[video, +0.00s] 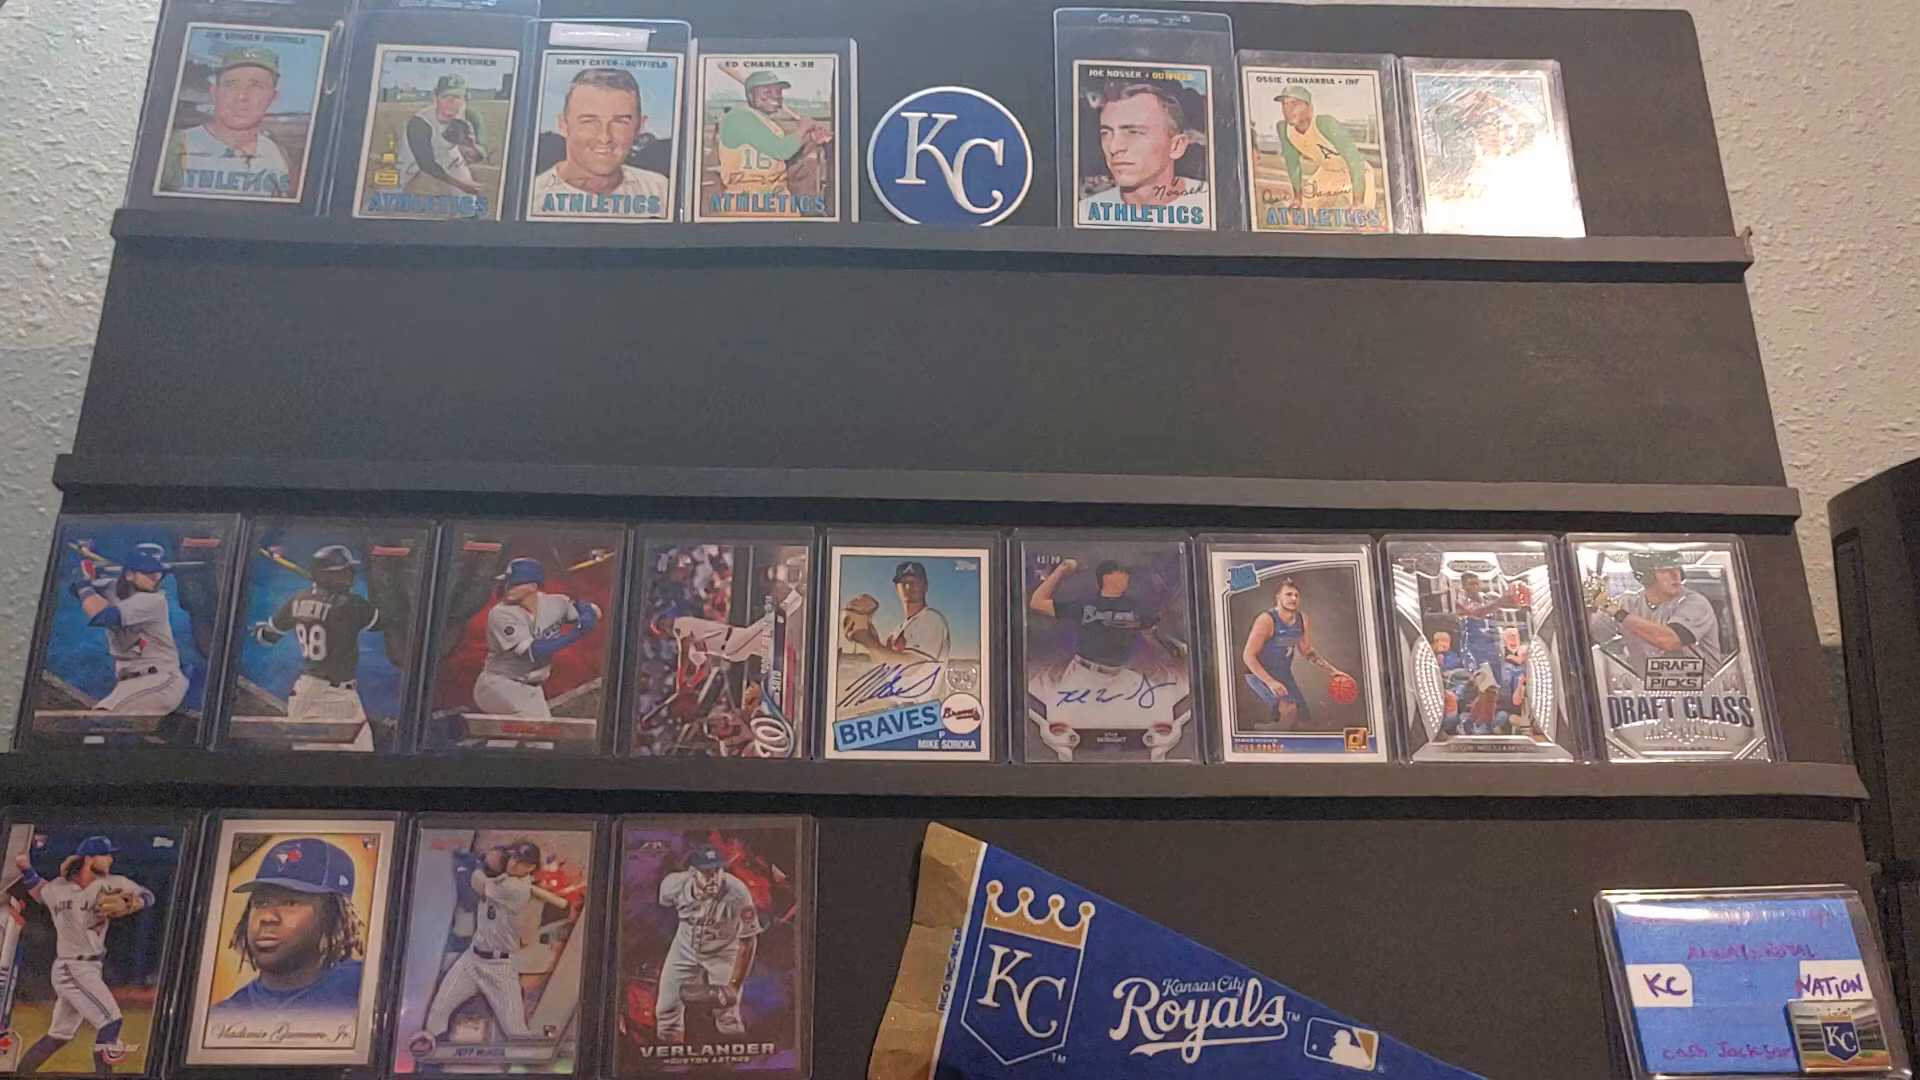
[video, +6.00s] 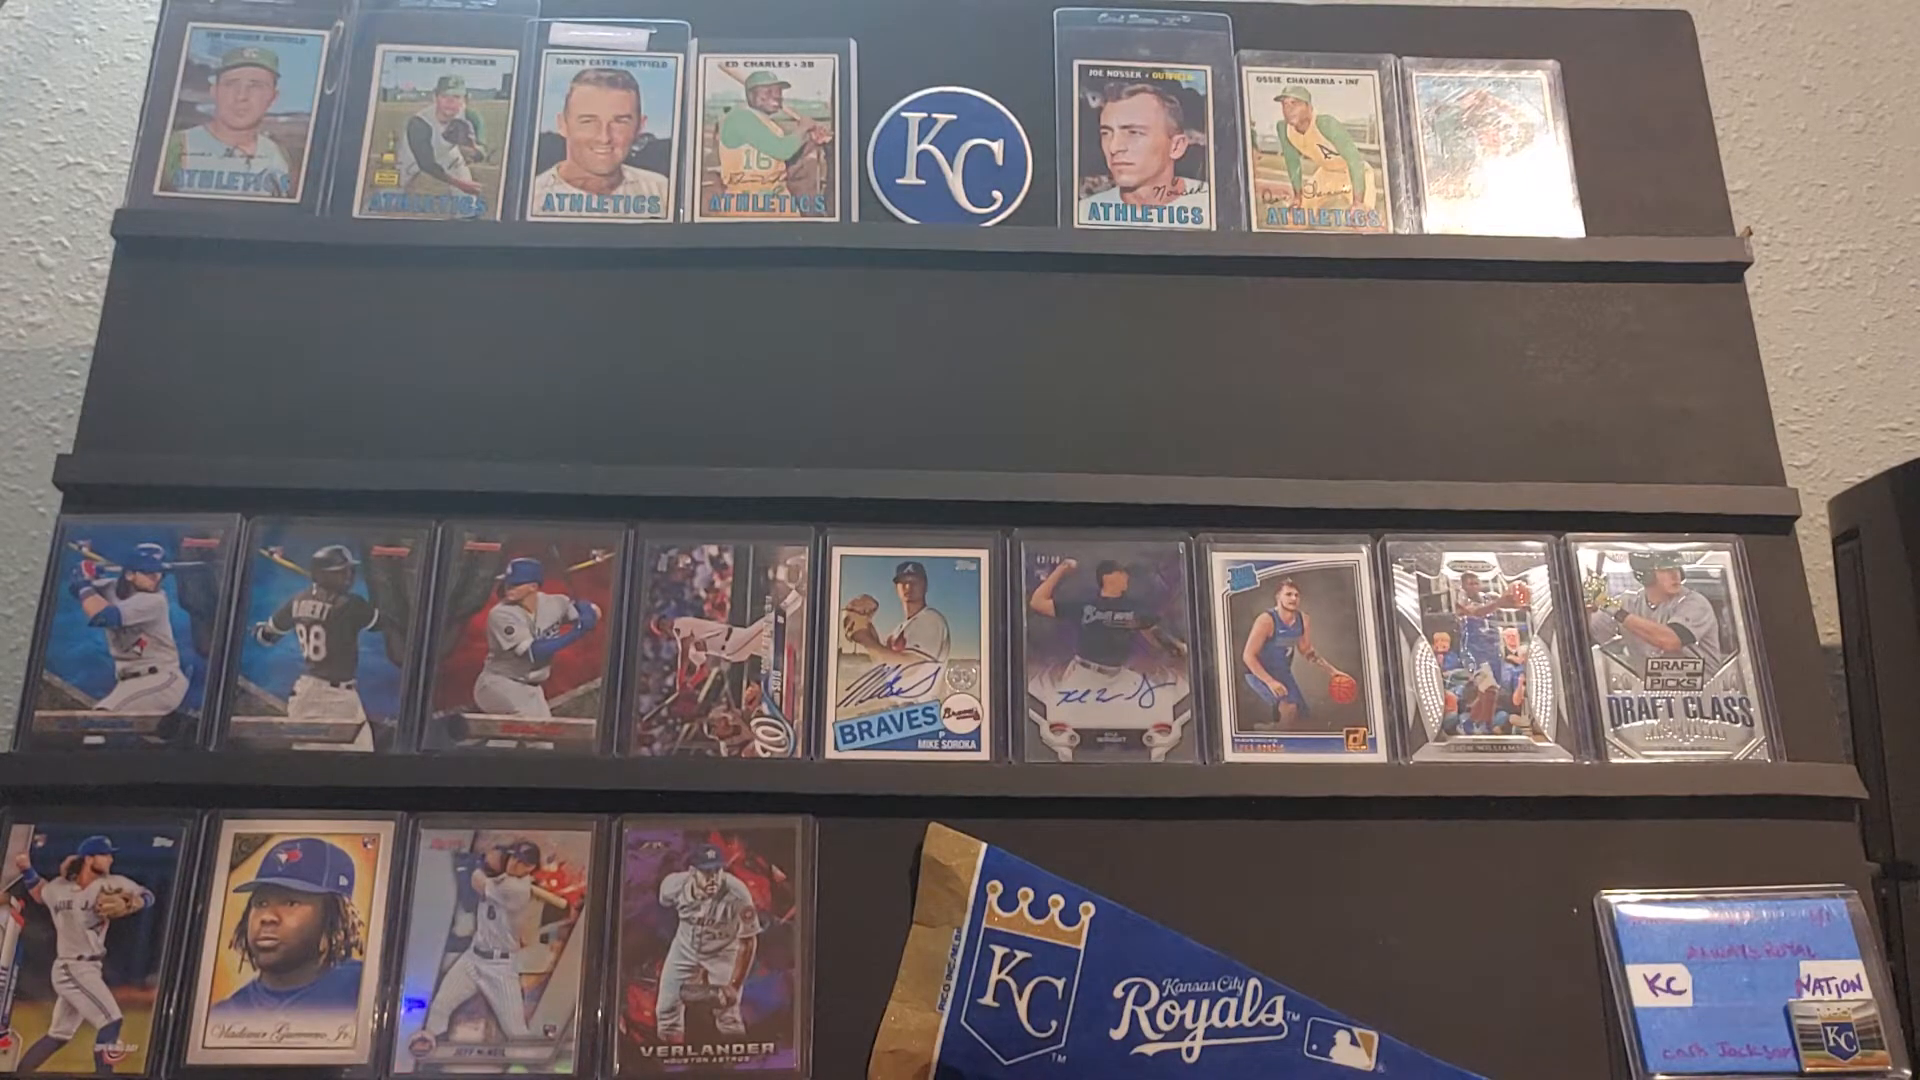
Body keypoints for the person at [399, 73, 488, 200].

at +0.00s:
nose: (451, 103)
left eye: (457, 98)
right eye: (446, 97)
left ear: (464, 100)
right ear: (436, 98)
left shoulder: (470, 116)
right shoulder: (419, 122)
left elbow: (482, 149)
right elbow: (427, 166)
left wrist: (471, 152)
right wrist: (462, 186)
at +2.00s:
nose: (451, 102)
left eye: (457, 97)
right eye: (445, 96)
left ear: (464, 100)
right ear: (436, 97)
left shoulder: (468, 116)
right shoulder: (419, 123)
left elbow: (481, 153)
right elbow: (428, 166)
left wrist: (470, 150)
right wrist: (462, 185)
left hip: (454, 164)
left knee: (469, 192)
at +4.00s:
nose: (451, 101)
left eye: (456, 97)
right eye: (445, 96)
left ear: (464, 100)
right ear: (436, 98)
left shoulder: (468, 116)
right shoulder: (419, 123)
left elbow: (480, 154)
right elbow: (427, 166)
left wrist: (469, 150)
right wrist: (462, 186)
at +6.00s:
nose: (451, 102)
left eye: (456, 97)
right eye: (445, 96)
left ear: (464, 101)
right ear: (436, 98)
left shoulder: (470, 117)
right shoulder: (419, 123)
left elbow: (481, 153)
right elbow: (427, 165)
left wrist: (467, 148)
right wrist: (461, 185)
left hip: (455, 166)